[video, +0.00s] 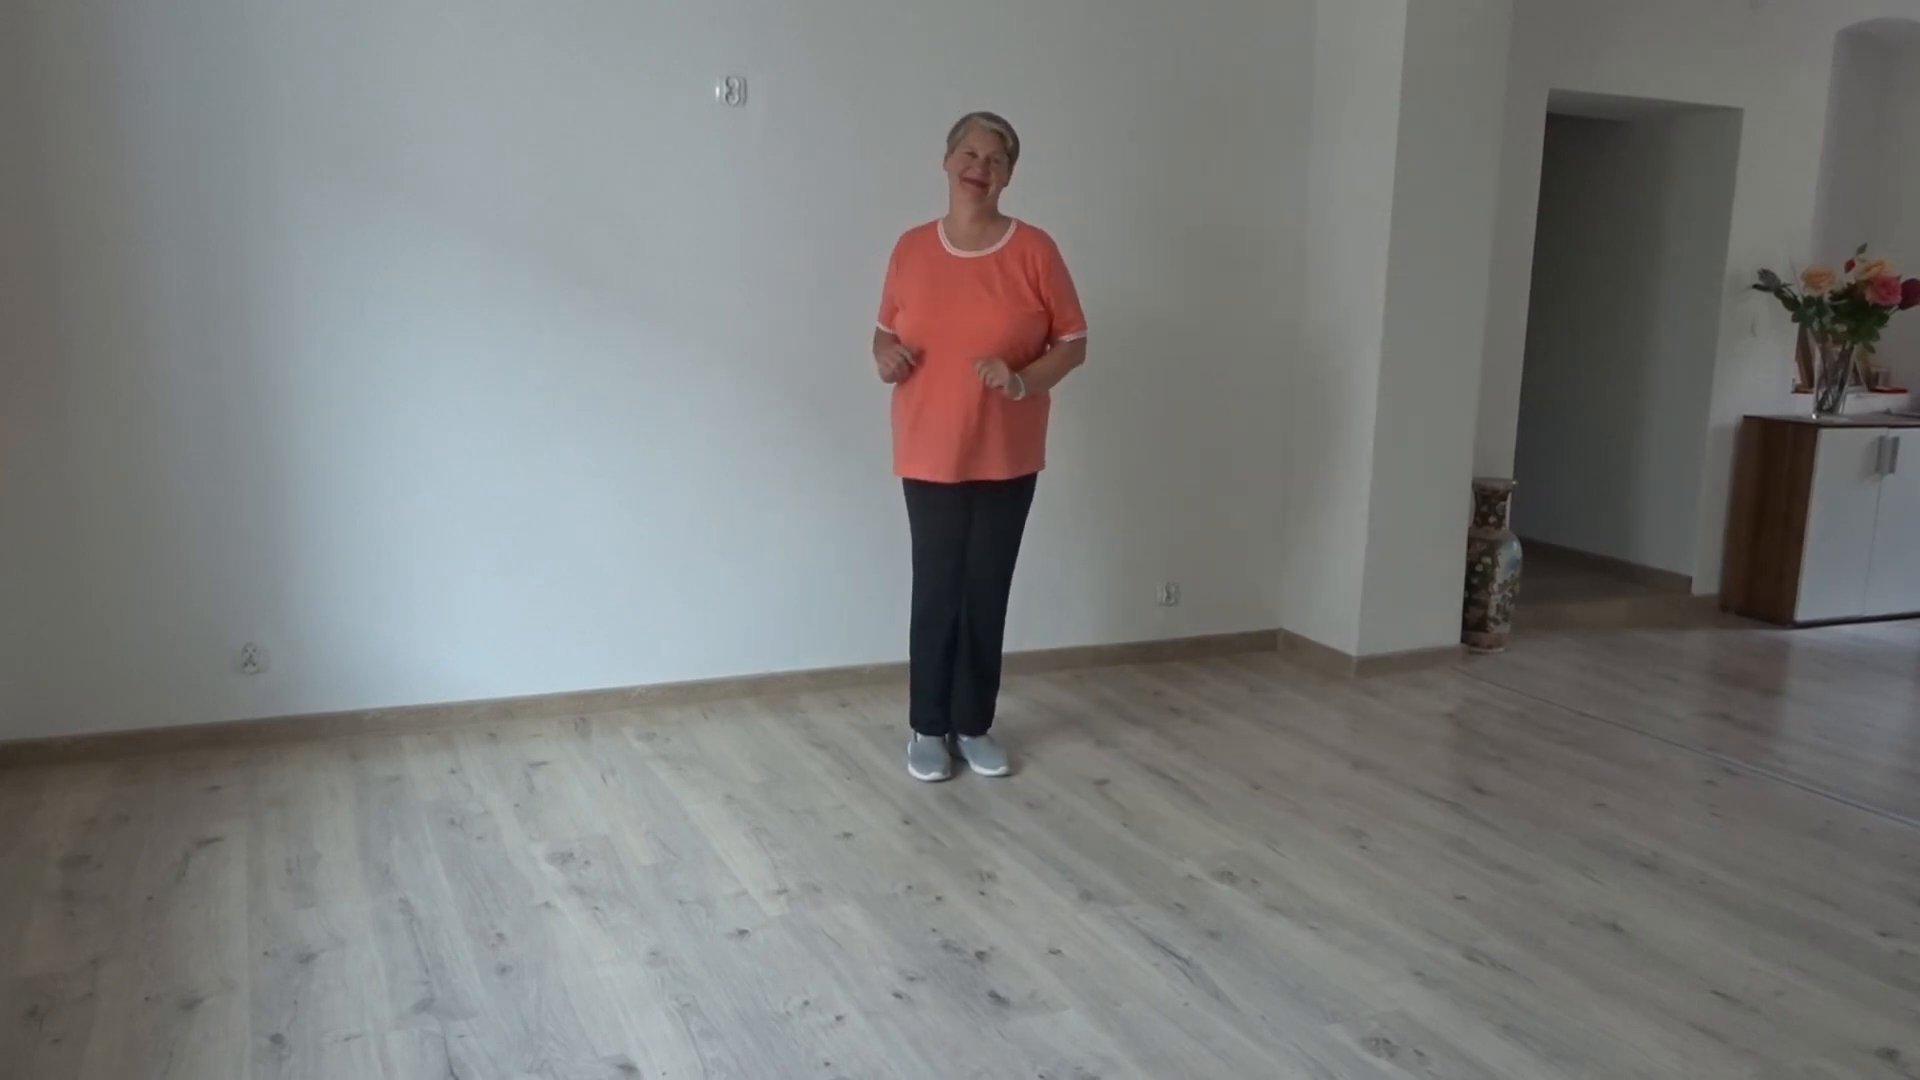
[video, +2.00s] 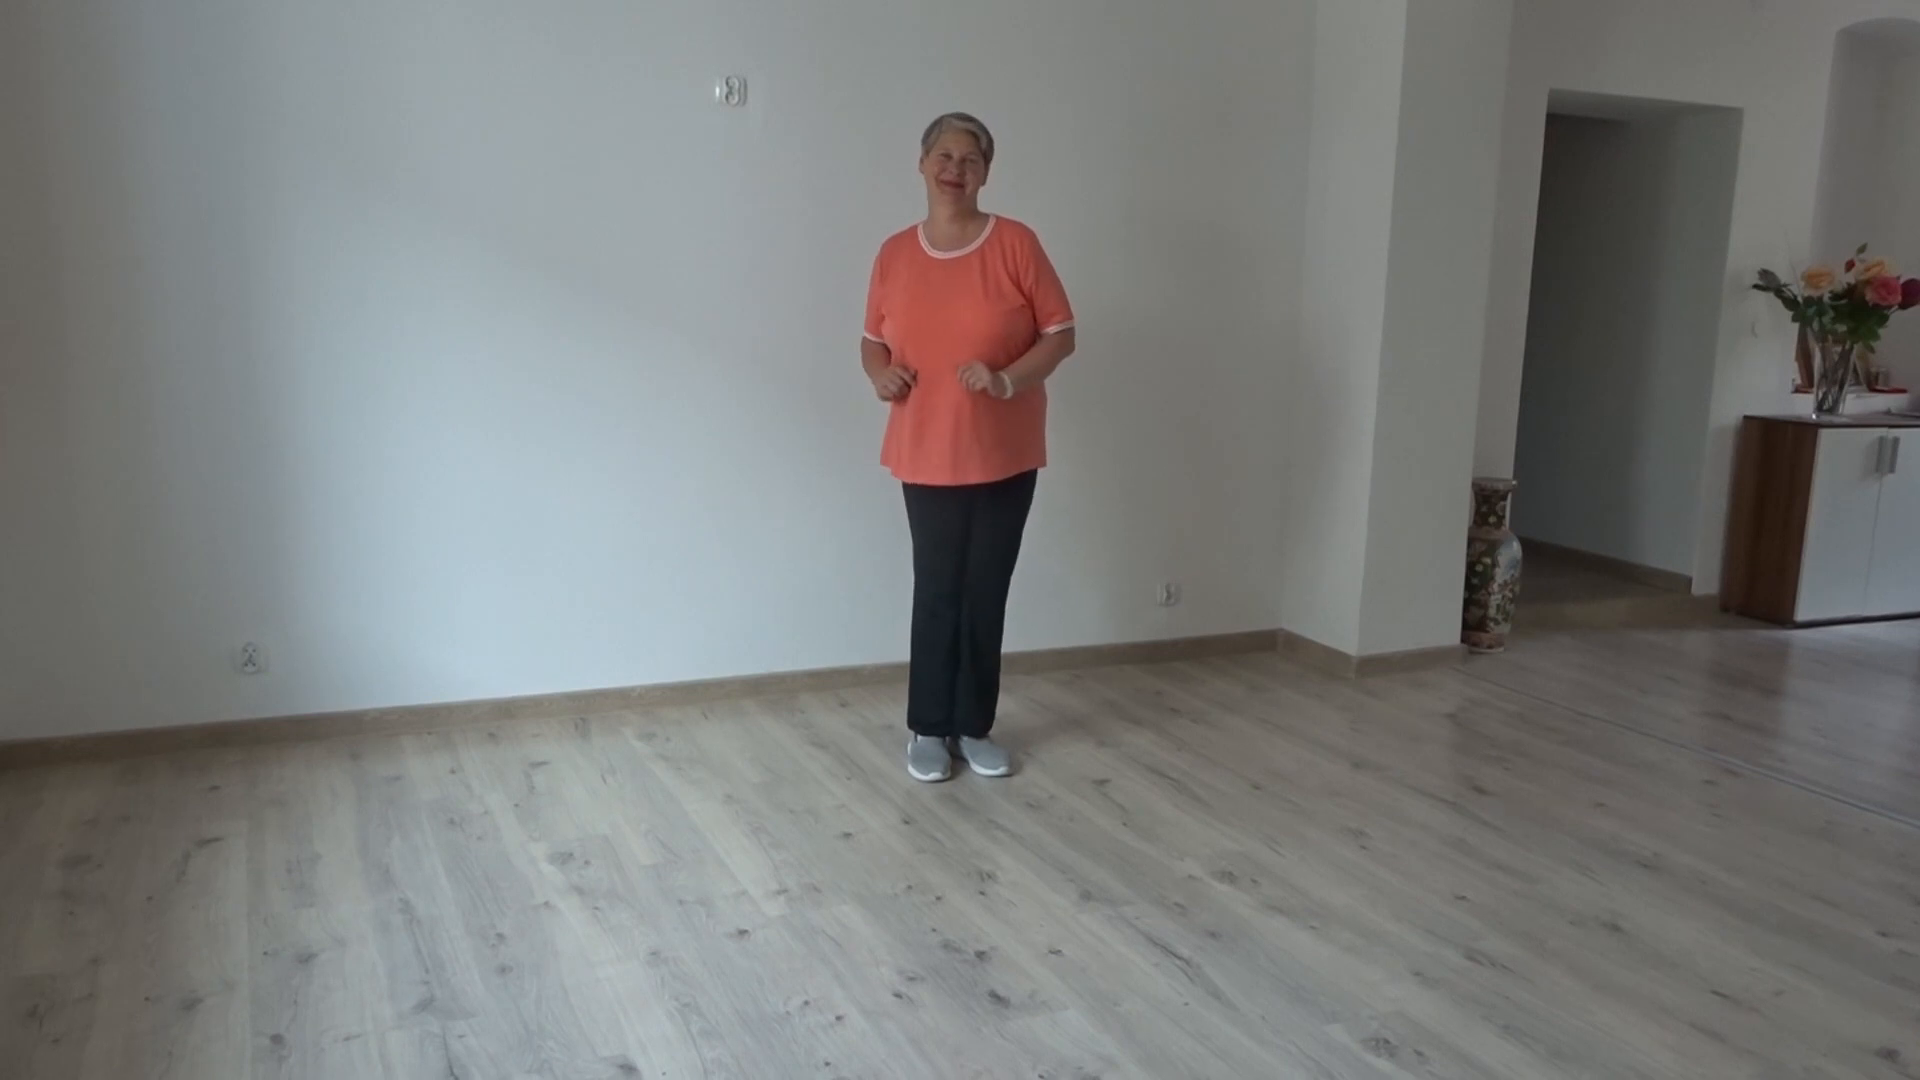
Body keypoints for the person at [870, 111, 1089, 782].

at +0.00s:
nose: (980, 164)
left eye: (995, 158)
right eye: (968, 153)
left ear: (1009, 174)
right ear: (946, 163)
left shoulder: (1035, 249)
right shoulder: (914, 247)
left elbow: (1074, 342)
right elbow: (886, 334)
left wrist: (1026, 378)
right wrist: (888, 353)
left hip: (1007, 457)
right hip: (930, 457)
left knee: (987, 596)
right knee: (936, 593)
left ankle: (974, 728)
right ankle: (928, 731)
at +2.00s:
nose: (955, 165)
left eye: (969, 157)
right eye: (943, 154)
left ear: (986, 172)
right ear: (922, 165)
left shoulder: (1015, 242)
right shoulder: (896, 253)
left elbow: (1061, 333)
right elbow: (873, 339)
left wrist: (1010, 378)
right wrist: (882, 371)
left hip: (1004, 458)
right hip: (928, 458)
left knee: (985, 598)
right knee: (937, 595)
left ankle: (973, 730)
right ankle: (928, 731)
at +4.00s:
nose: (970, 166)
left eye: (983, 157)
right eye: (957, 155)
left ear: (998, 171)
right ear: (936, 166)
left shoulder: (1028, 248)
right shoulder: (903, 249)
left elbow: (1067, 340)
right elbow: (873, 334)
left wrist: (1029, 383)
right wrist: (889, 372)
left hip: (1004, 459)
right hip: (928, 458)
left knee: (984, 599)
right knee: (936, 596)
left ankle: (972, 730)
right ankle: (927, 732)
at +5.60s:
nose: (986, 178)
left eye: (1003, 170)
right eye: (976, 166)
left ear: (1025, 186)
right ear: (959, 177)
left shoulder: (1039, 278)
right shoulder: (914, 245)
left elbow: (1081, 373)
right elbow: (840, 320)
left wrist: (1095, 326)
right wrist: (840, 270)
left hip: (991, 472)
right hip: (905, 463)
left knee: (979, 617)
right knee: (900, 627)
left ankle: (970, 734)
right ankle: (872, 789)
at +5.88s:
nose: (963, 162)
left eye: (981, 155)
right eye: (953, 149)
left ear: (1001, 175)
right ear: (932, 160)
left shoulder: (1004, 265)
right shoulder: (878, 233)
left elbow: (1021, 366)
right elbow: (806, 315)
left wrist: (1021, 273)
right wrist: (844, 233)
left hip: (959, 470)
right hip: (868, 460)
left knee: (965, 626)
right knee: (875, 632)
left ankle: (966, 733)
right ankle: (874, 802)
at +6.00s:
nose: (955, 159)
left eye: (973, 151)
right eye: (945, 146)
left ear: (993, 171)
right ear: (922, 156)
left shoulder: (1003, 261)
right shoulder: (874, 235)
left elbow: (1012, 364)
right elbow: (810, 328)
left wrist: (957, 307)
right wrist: (872, 290)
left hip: (955, 481)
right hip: (867, 472)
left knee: (942, 638)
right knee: (877, 639)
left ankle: (939, 766)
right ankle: (869, 804)